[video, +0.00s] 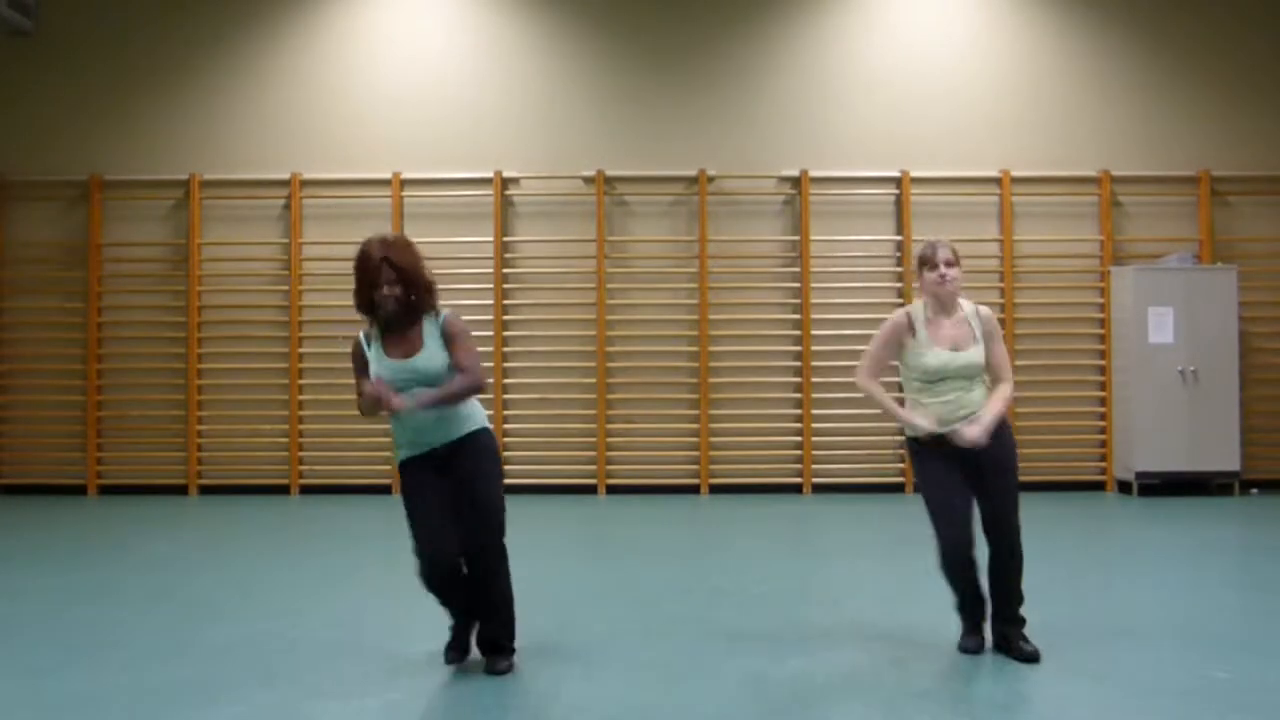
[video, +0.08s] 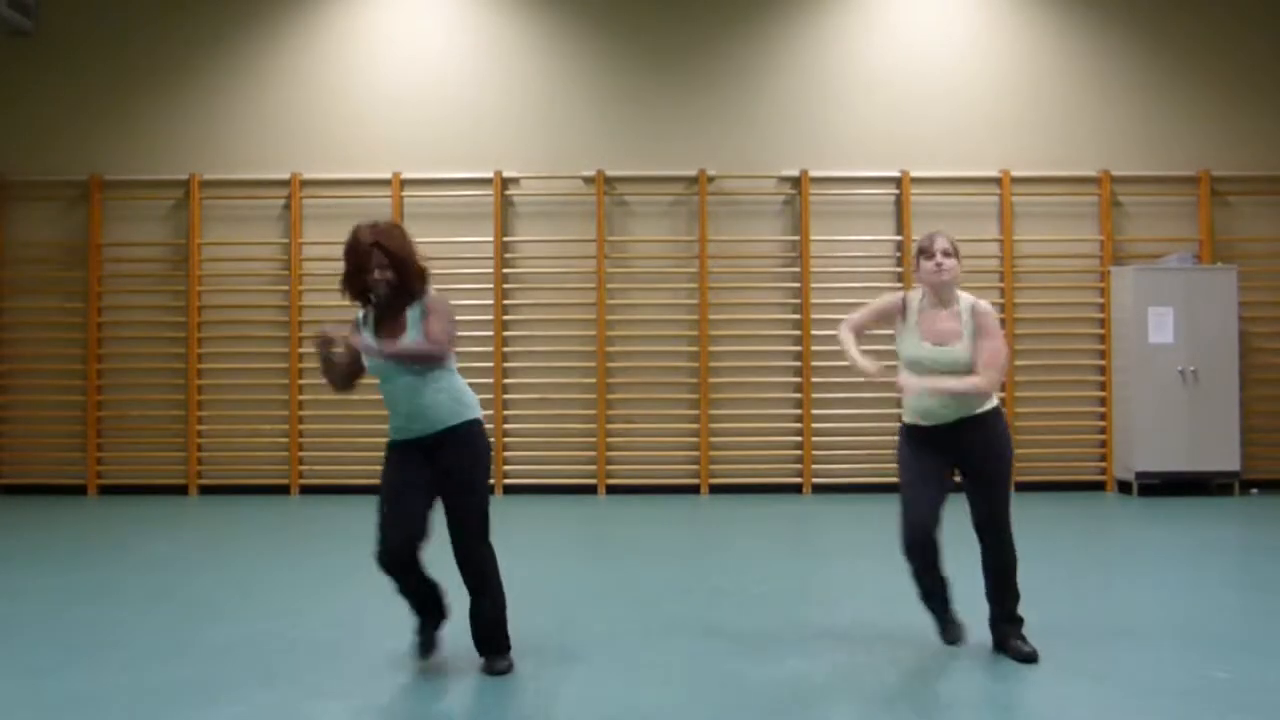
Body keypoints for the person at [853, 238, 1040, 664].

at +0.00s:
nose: (943, 273)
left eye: (950, 265)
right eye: (933, 268)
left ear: (961, 272)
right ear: (919, 278)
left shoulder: (982, 318)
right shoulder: (902, 324)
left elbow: (1005, 382)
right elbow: (864, 377)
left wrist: (984, 424)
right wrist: (905, 416)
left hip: (987, 433)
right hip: (933, 442)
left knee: (1005, 537)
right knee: (955, 544)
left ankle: (1009, 629)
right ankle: (972, 622)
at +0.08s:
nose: (939, 262)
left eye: (947, 255)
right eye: (929, 256)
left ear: (959, 265)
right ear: (916, 267)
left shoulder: (981, 314)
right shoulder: (902, 305)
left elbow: (987, 383)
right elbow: (846, 327)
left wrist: (922, 384)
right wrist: (861, 362)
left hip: (980, 430)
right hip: (922, 435)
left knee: (995, 532)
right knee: (916, 535)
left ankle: (1007, 629)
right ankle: (941, 613)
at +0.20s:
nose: (924, 251)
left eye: (932, 245)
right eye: (916, 244)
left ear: (945, 254)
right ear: (903, 253)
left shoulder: (957, 300)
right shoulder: (892, 286)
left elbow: (927, 347)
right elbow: (841, 283)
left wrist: (876, 316)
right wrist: (822, 284)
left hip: (964, 421)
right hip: (907, 419)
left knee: (983, 525)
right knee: (867, 507)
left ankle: (1008, 630)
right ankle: (865, 612)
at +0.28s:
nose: (909, 251)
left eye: (919, 245)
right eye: (902, 245)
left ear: (933, 254)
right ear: (892, 253)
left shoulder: (940, 298)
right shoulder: (887, 288)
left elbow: (887, 326)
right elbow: (841, 275)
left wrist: (836, 288)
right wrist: (801, 263)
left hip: (947, 425)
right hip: (890, 422)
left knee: (970, 526)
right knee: (848, 511)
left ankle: (1006, 628)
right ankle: (822, 621)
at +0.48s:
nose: (869, 257)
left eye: (879, 251)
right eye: (862, 251)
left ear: (895, 260)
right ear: (853, 258)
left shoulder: (901, 307)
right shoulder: (842, 297)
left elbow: (860, 349)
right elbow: (806, 323)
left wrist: (791, 316)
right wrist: (782, 310)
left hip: (886, 434)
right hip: (833, 429)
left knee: (896, 542)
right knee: (819, 537)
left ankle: (976, 605)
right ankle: (823, 631)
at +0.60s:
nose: (844, 253)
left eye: (853, 247)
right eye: (837, 246)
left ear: (867, 256)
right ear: (826, 254)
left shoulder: (877, 303)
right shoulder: (816, 297)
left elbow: (872, 371)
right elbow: (799, 349)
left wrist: (807, 374)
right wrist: (782, 355)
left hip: (865, 430)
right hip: (813, 426)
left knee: (844, 533)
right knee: (806, 534)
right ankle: (823, 630)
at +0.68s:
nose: (829, 250)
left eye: (838, 244)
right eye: (822, 243)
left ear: (853, 253)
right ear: (812, 251)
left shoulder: (864, 299)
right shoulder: (806, 295)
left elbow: (844, 358)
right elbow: (787, 339)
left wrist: (784, 344)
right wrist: (770, 331)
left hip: (853, 428)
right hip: (803, 422)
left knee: (839, 534)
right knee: (774, 528)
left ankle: (871, 635)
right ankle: (810, 618)